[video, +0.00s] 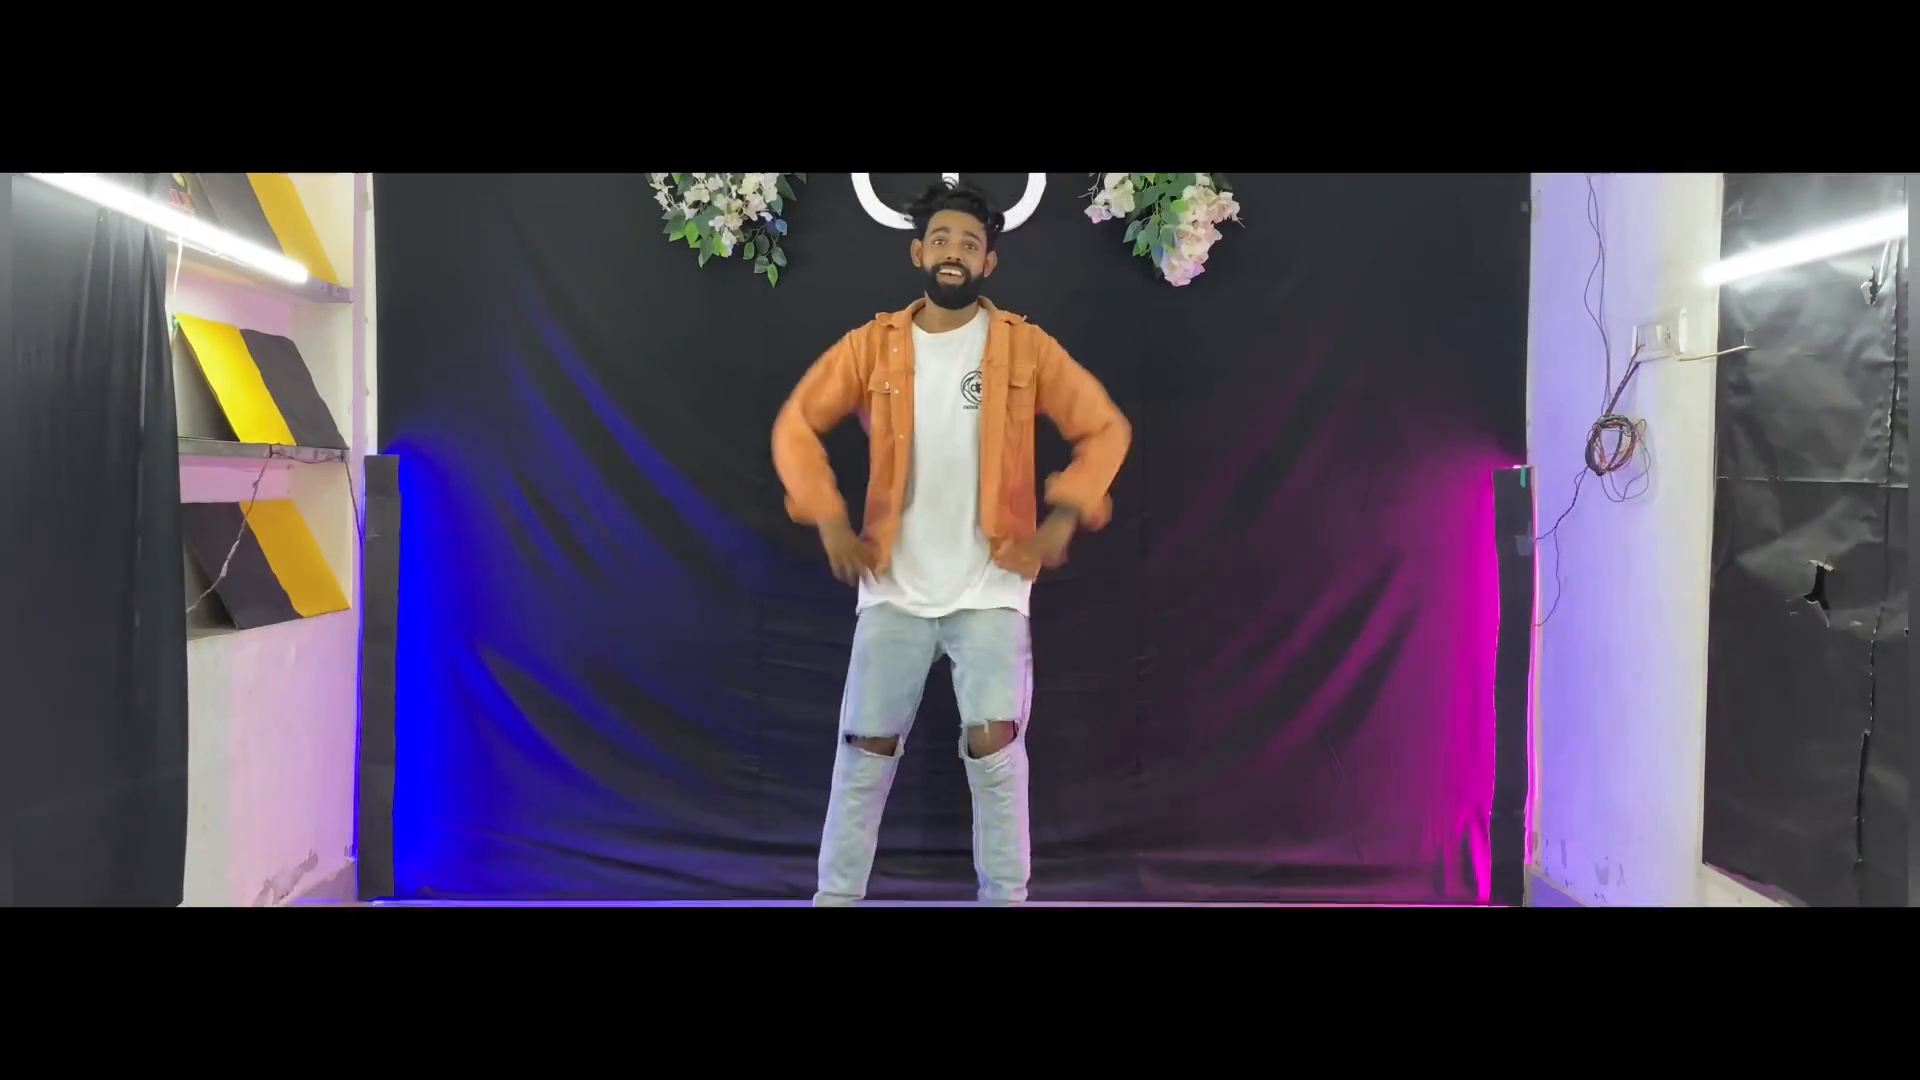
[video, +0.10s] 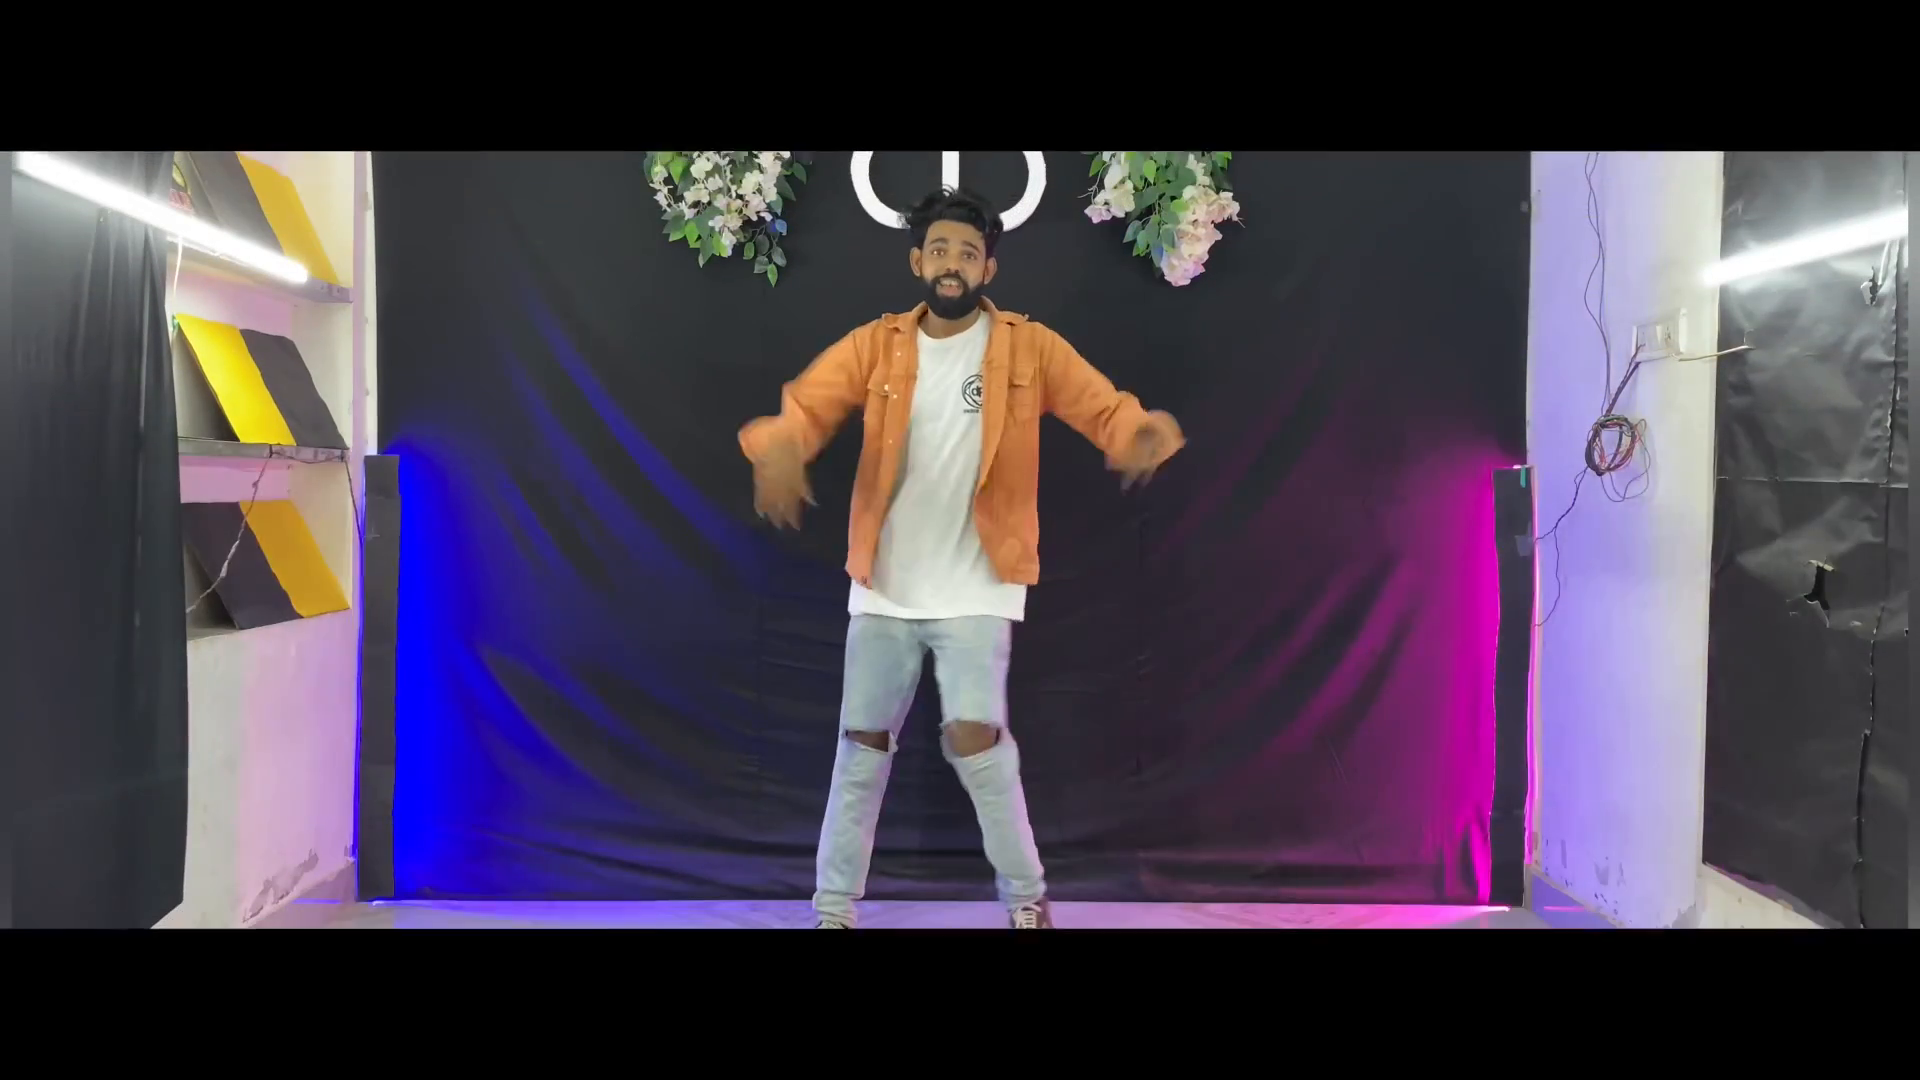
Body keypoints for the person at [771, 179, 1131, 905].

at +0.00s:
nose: (952, 253)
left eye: (969, 242)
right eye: (939, 239)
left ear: (989, 262)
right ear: (917, 252)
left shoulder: (1026, 346)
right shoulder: (873, 344)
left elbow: (1107, 429)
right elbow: (794, 425)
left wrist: (1063, 513)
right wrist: (830, 519)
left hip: (992, 583)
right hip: (894, 582)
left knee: (995, 752)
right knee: (866, 752)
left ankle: (1003, 903)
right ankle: (834, 900)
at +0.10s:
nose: (950, 262)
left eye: (966, 250)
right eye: (937, 248)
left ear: (990, 266)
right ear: (916, 260)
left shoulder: (1030, 347)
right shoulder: (875, 345)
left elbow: (1103, 409)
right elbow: (806, 407)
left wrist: (1144, 435)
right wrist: (777, 453)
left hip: (979, 588)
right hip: (885, 584)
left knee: (976, 742)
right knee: (862, 747)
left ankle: (1026, 906)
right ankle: (833, 912)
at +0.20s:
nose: (959, 281)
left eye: (975, 267)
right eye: (946, 266)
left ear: (999, 277)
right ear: (924, 274)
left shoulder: (1033, 350)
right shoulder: (897, 354)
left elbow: (1085, 425)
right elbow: (871, 454)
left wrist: (1136, 362)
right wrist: (831, 399)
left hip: (971, 589)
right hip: (882, 580)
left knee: (950, 763)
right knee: (855, 751)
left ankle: (1042, 910)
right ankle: (829, 916)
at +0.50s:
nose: (1012, 286)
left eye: (1024, 273)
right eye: (995, 273)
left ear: (1043, 281)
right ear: (966, 284)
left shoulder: (1076, 325)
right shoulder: (940, 356)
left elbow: (1180, 294)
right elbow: (850, 385)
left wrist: (1127, 270)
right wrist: (941, 323)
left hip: (1061, 567)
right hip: (972, 565)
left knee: (1067, 729)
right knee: (912, 684)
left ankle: (1071, 911)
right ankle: (992, 857)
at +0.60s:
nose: (1018, 290)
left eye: (1030, 276)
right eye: (1002, 277)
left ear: (1046, 284)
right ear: (973, 286)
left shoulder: (1080, 327)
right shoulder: (932, 364)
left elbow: (1164, 294)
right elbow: (827, 373)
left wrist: (1141, 264)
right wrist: (889, 317)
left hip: (1088, 571)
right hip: (997, 579)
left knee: (1107, 728)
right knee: (971, 720)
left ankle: (1085, 908)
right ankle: (1015, 899)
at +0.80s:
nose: (1018, 302)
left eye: (1030, 288)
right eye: (1000, 288)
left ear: (1045, 296)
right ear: (967, 296)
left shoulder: (1070, 349)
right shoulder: (928, 374)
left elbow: (1152, 335)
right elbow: (815, 375)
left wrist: (1170, 320)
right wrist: (857, 362)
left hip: (1112, 583)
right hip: (1034, 598)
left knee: (1129, 740)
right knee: (1090, 747)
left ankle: (1089, 918)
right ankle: (1009, 914)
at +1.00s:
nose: (1007, 286)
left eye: (1020, 271)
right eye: (991, 273)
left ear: (1042, 276)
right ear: (970, 283)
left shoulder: (1075, 353)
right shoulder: (943, 360)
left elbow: (1133, 438)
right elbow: (888, 461)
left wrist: (1107, 346)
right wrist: (919, 375)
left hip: (1072, 565)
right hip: (989, 579)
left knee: (1115, 698)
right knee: (1010, 740)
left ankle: (1073, 869)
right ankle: (1000, 906)